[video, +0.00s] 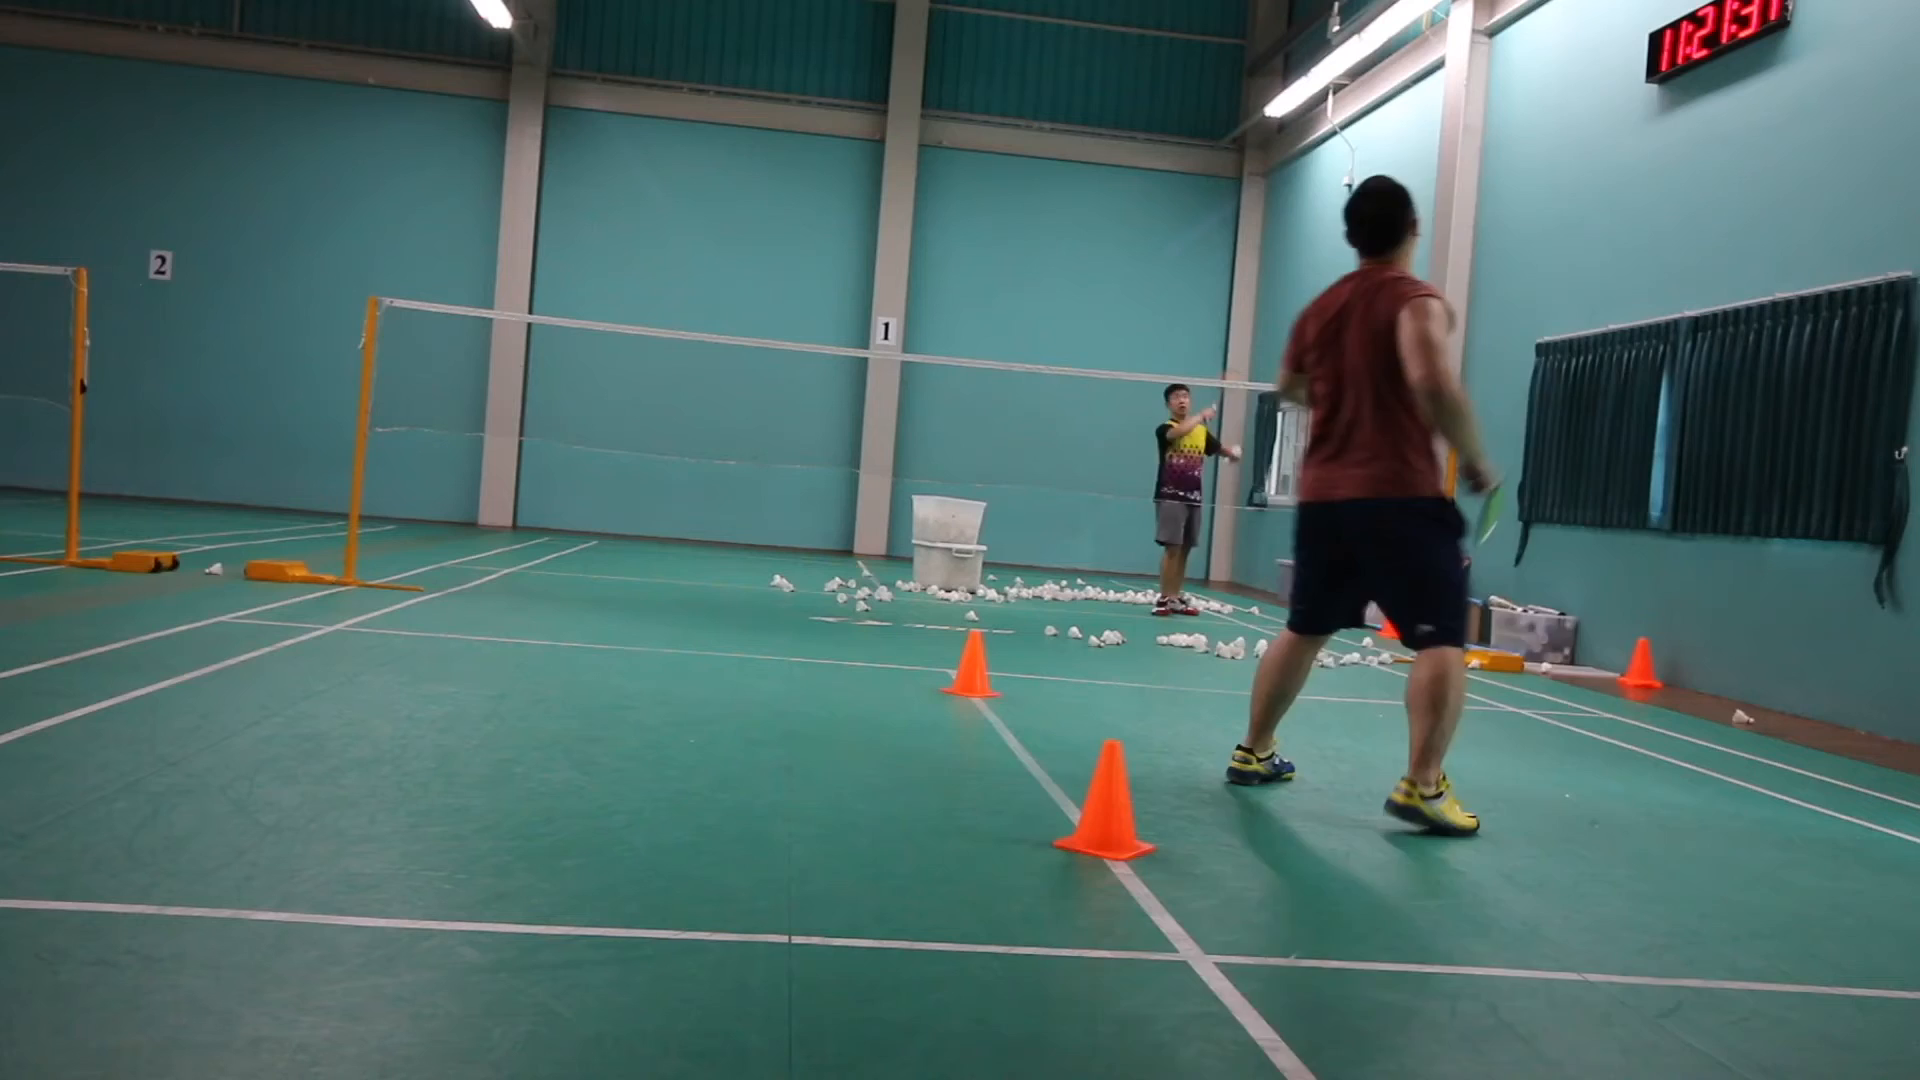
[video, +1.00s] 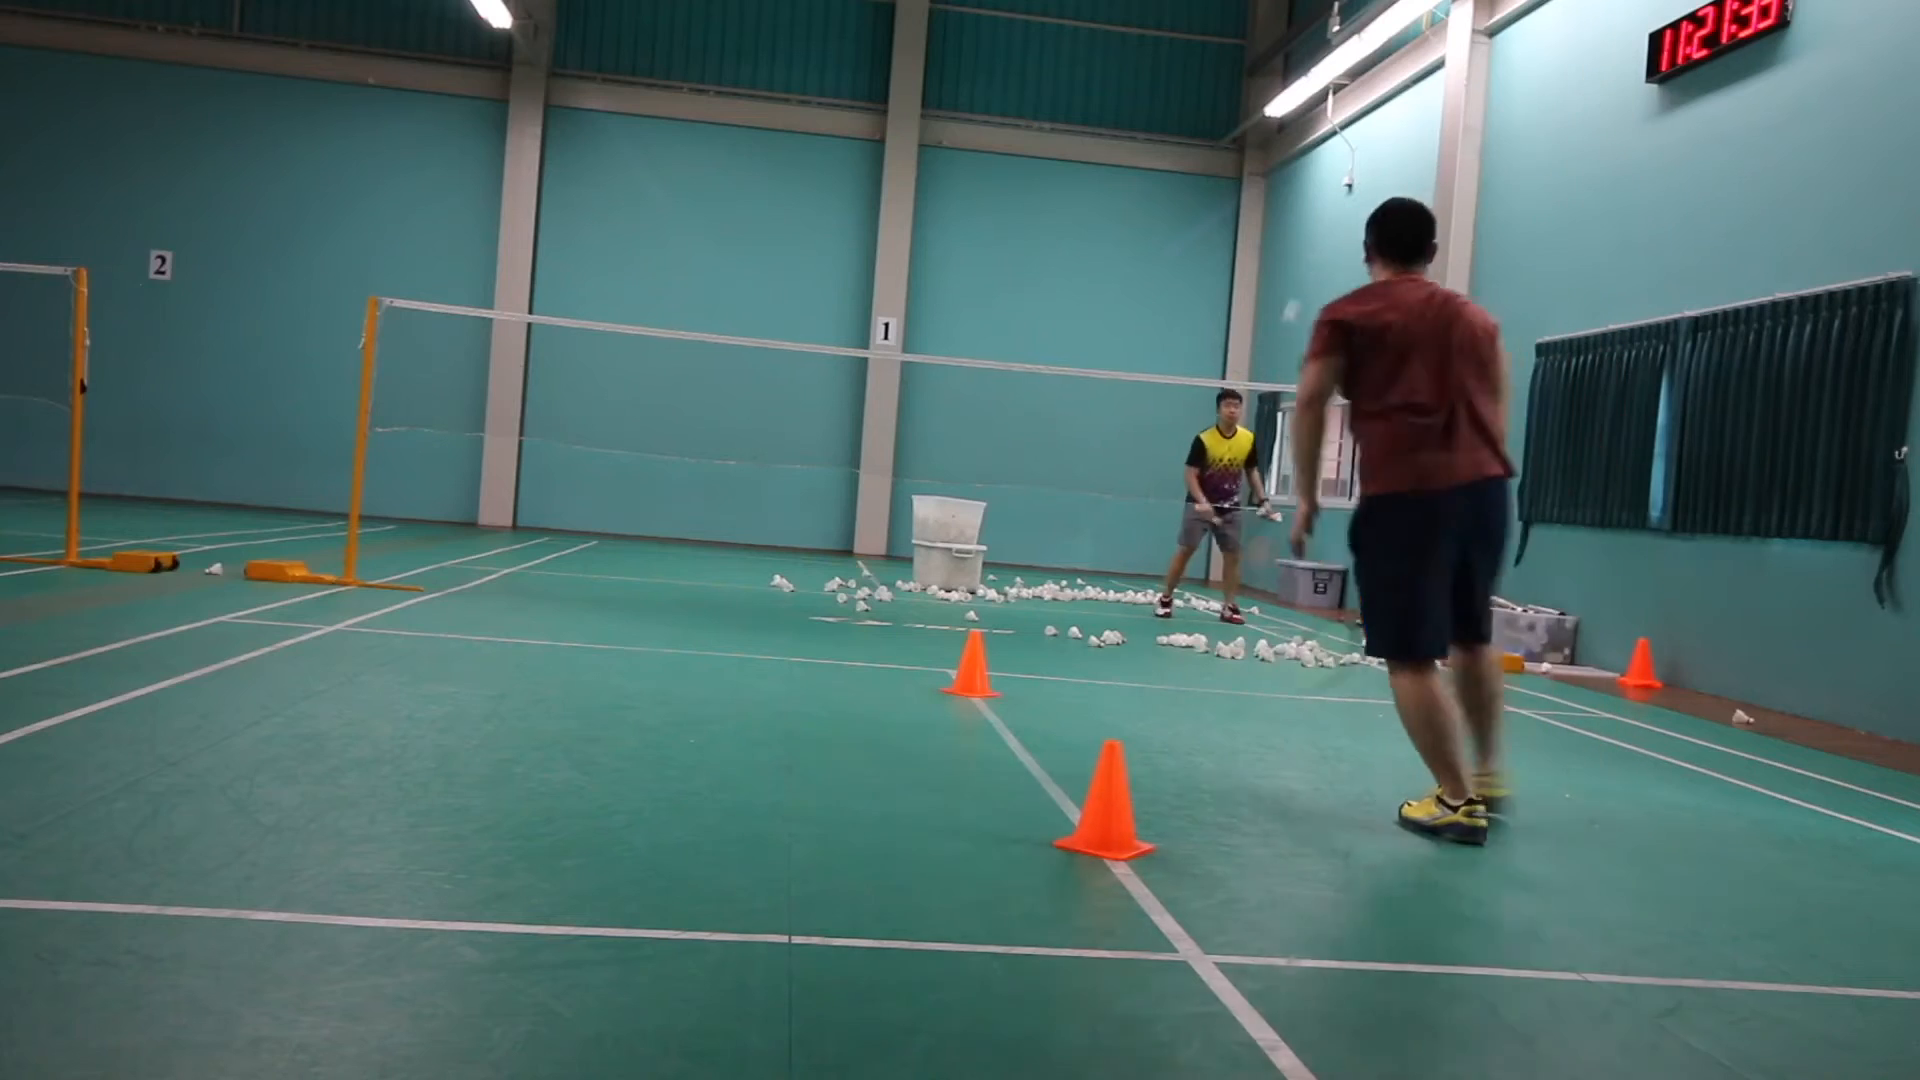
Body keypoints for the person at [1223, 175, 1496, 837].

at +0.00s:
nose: (1418, 232)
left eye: (1411, 222)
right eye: (1417, 223)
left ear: (1351, 236)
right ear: (1410, 232)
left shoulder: (1320, 308)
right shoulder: (1418, 300)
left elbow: (1290, 386)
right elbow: (1430, 381)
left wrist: (1347, 397)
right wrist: (1473, 458)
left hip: (1325, 504)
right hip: (1404, 505)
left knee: (1305, 627)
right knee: (1440, 638)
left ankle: (1253, 750)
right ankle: (1424, 784)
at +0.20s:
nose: (1473, 198)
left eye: (1468, 188)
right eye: (1468, 189)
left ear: (1400, 210)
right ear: (1458, 201)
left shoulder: (1377, 277)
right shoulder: (1453, 263)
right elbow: (1474, 318)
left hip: (1388, 484)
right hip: (1464, 481)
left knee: (1398, 619)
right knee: (1477, 637)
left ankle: (1343, 733)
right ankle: (1435, 780)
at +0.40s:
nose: (1526, 205)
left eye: (1520, 197)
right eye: (1521, 198)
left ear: (1452, 212)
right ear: (1512, 206)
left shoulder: (1440, 261)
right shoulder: (1496, 280)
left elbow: (1438, 201)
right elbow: (1493, 344)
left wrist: (1455, 145)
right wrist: (1568, 254)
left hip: (1439, 495)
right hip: (1519, 499)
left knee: (1439, 640)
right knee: (1569, 647)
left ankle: (1370, 775)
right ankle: (1551, 811)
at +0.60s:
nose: (1564, 201)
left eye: (1553, 192)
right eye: (1555, 195)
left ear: (1488, 227)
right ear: (1550, 215)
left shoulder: (1464, 297)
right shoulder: (1553, 290)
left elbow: (1416, 344)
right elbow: (1609, 325)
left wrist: (1390, 340)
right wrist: (1586, 221)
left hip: (1504, 519)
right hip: (1592, 518)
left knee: (1465, 650)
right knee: (1610, 667)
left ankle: (1360, 752)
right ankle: (1572, 828)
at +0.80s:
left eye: (1421, 232)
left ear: (1420, 242)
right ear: (1486, 227)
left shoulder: (1414, 335)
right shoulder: (1536, 261)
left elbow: (1394, 446)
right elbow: (1589, 196)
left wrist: (1381, 543)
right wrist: (1608, 128)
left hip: (1466, 512)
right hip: (1567, 497)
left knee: (1445, 653)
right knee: (1582, 651)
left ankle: (1459, 801)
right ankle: (1585, 809)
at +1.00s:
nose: (1369, 258)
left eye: (1369, 248)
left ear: (1370, 251)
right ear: (1432, 253)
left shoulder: (1347, 316)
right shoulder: (1476, 320)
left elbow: (1310, 400)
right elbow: (1496, 412)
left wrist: (1307, 499)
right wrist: (1479, 484)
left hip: (1399, 506)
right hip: (1481, 500)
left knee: (1411, 656)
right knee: (1472, 636)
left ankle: (1457, 800)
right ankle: (1488, 777)